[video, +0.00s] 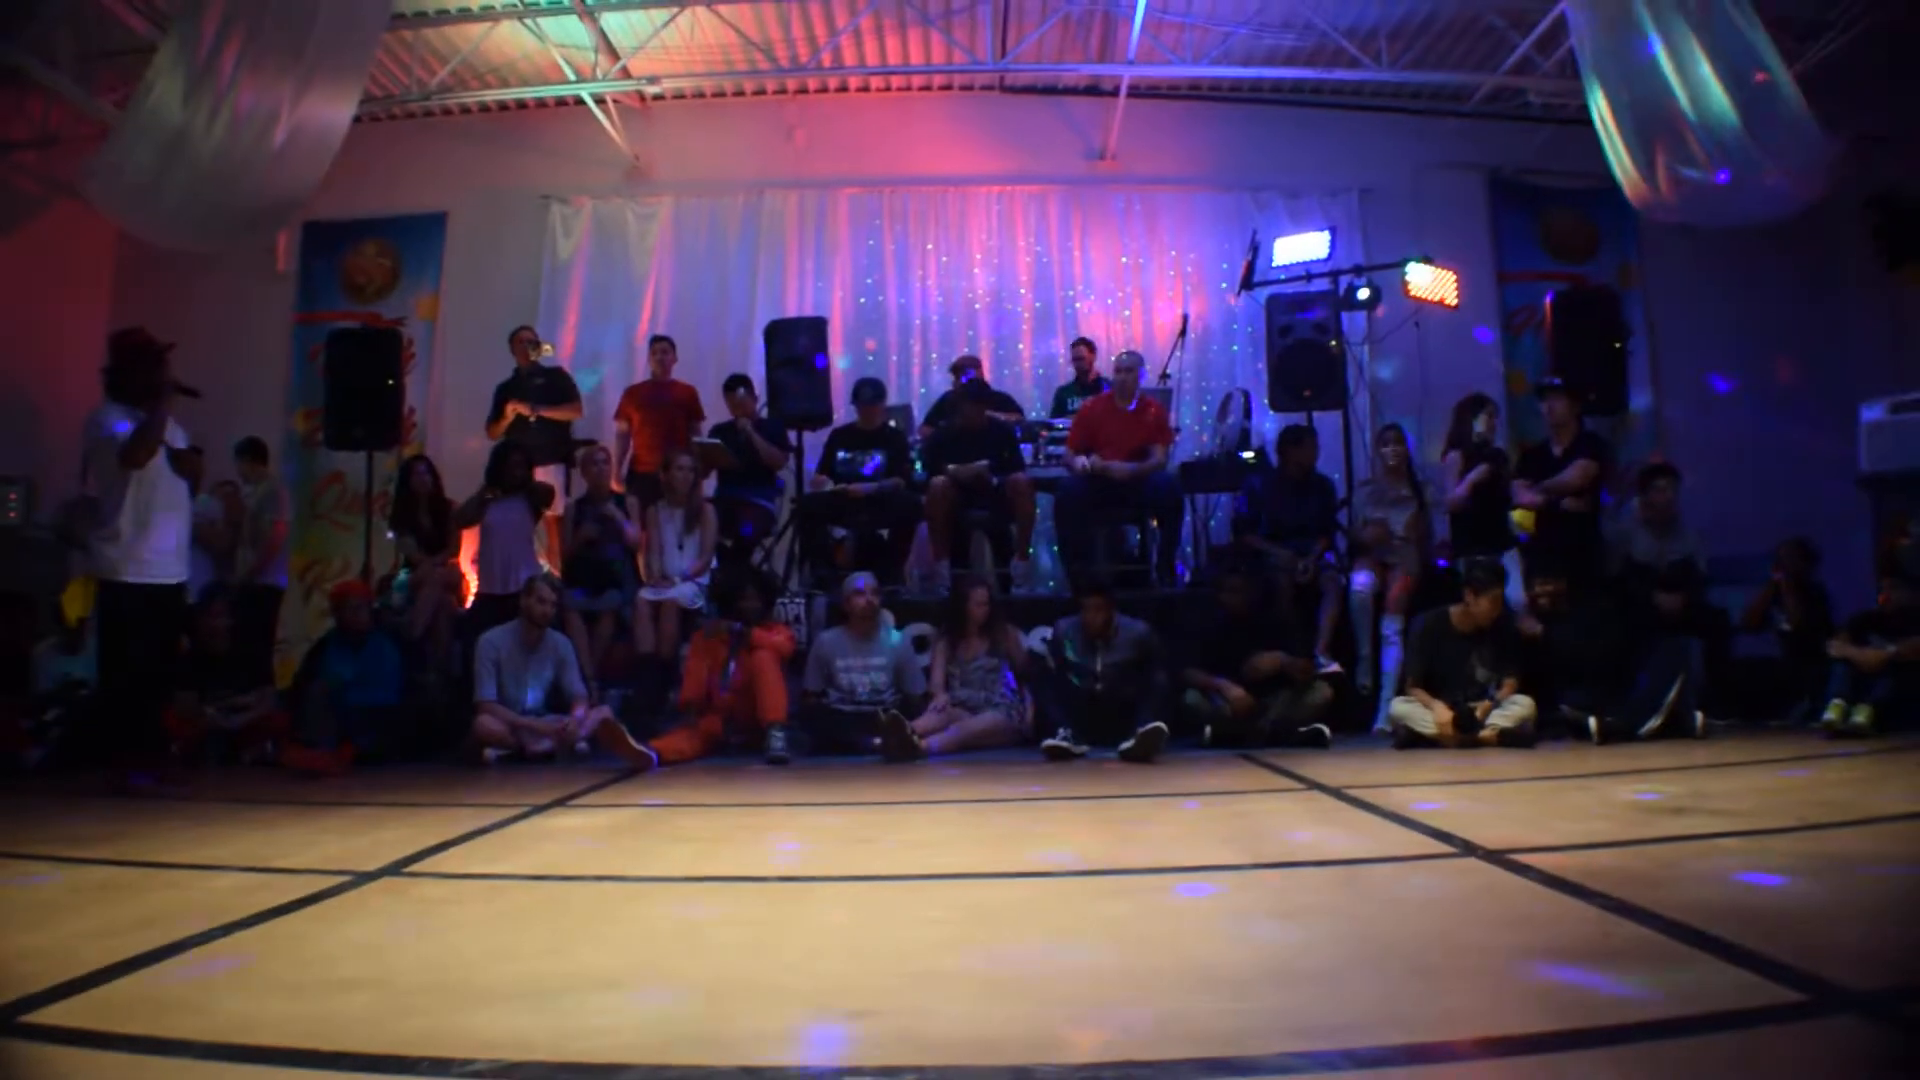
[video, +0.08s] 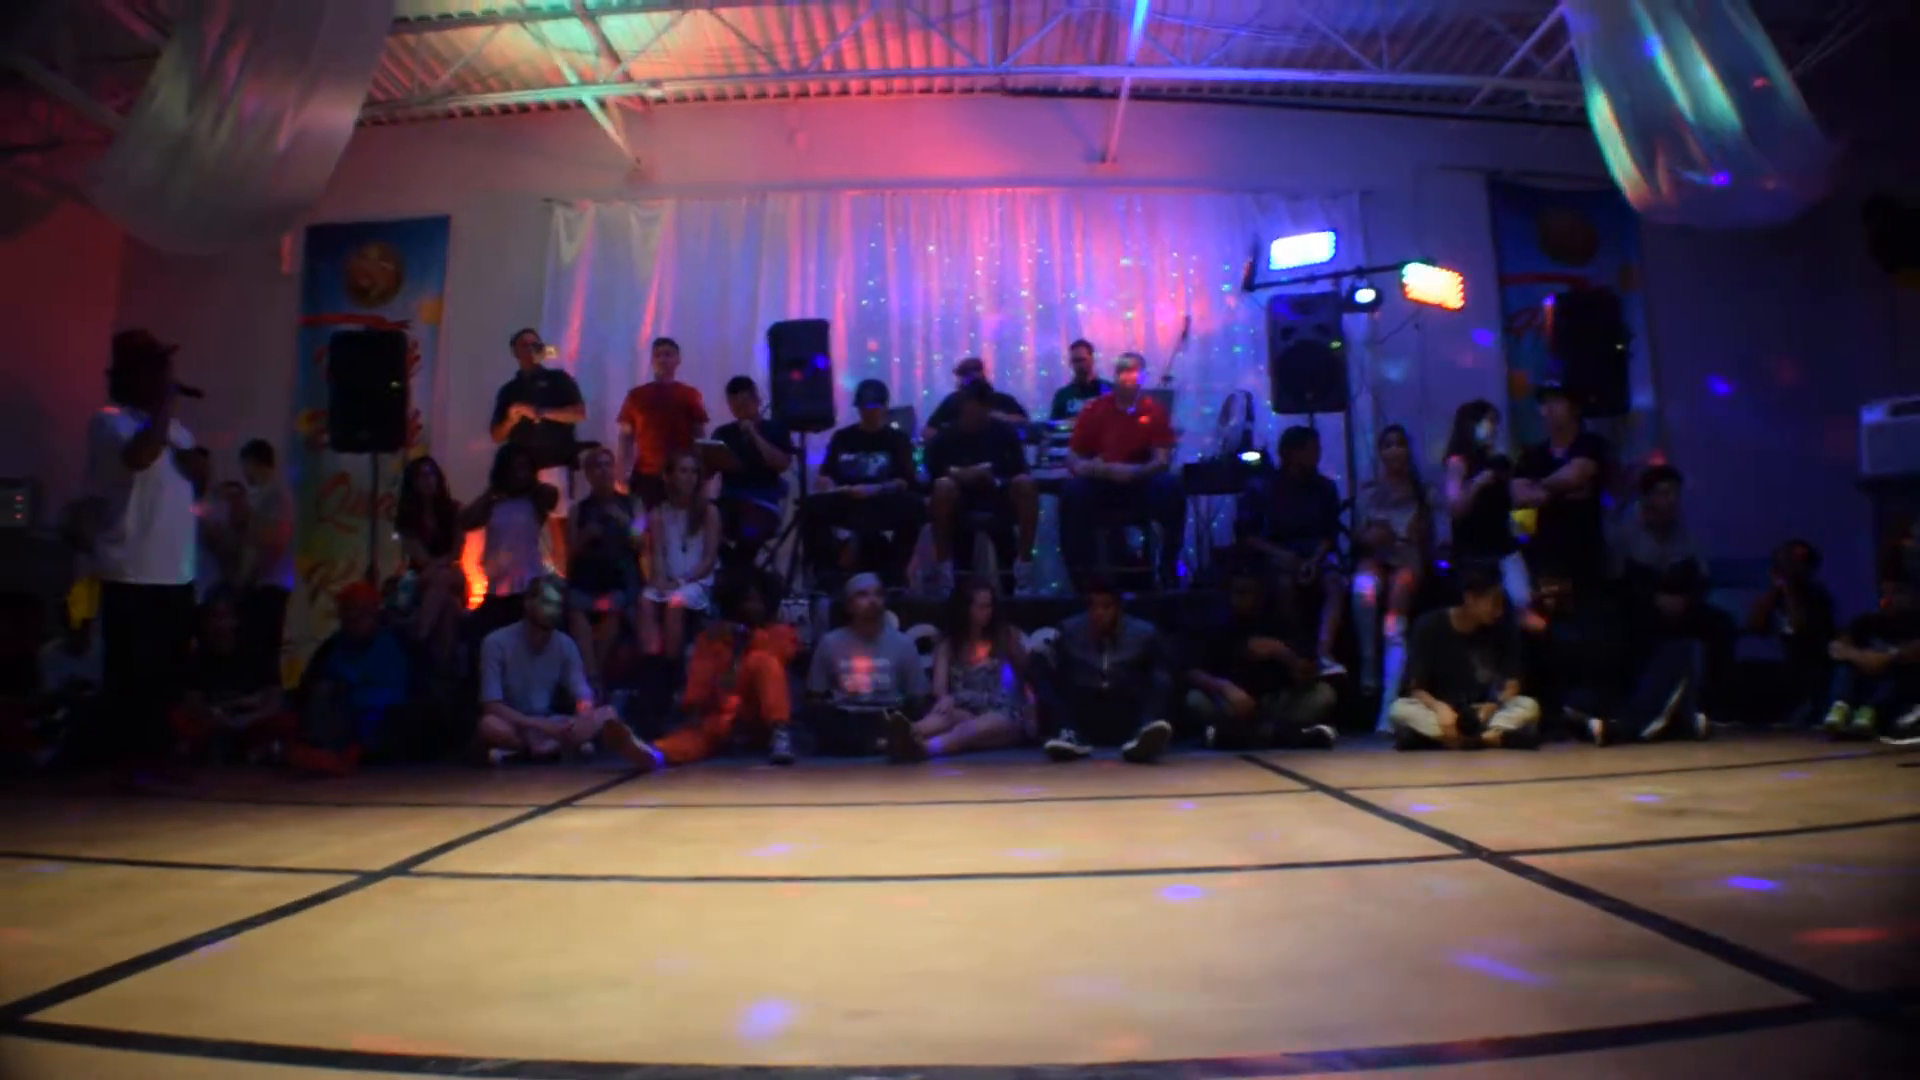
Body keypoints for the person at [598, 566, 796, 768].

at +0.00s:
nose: (749, 606)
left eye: (755, 600)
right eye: (743, 599)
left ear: (766, 603)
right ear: (729, 602)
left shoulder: (774, 630)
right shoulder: (708, 638)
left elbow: (784, 647)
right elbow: (692, 697)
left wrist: (741, 632)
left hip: (756, 713)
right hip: (719, 717)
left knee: (763, 657)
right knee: (696, 736)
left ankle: (776, 734)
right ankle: (651, 752)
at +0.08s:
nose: (752, 607)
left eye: (758, 600)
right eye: (746, 600)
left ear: (769, 605)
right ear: (732, 604)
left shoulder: (780, 633)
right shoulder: (714, 637)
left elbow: (783, 653)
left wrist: (746, 635)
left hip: (758, 715)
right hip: (721, 716)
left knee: (763, 660)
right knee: (698, 739)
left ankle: (780, 734)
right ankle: (655, 753)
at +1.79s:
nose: (763, 614)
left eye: (772, 607)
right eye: (759, 606)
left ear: (785, 612)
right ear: (751, 607)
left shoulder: (796, 636)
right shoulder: (730, 637)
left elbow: (785, 659)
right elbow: (712, 676)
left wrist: (747, 665)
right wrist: (712, 706)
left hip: (774, 714)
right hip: (738, 716)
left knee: (774, 660)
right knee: (720, 736)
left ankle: (795, 737)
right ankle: (672, 755)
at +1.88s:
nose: (763, 613)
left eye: (772, 607)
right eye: (759, 605)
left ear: (784, 611)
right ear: (751, 607)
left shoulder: (796, 637)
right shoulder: (727, 640)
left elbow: (784, 658)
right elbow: (710, 693)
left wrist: (744, 668)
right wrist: (727, 724)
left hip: (774, 718)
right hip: (737, 721)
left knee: (776, 661)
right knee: (709, 739)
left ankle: (795, 737)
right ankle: (672, 754)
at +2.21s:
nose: (762, 613)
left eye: (771, 607)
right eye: (759, 605)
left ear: (785, 613)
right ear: (750, 607)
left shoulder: (795, 637)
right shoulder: (726, 641)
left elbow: (784, 661)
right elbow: (706, 700)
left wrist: (744, 668)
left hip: (773, 719)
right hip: (736, 721)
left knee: (775, 660)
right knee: (711, 735)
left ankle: (795, 736)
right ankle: (670, 755)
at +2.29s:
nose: (762, 613)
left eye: (771, 607)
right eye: (758, 605)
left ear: (785, 612)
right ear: (750, 607)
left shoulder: (795, 637)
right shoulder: (725, 642)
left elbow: (784, 659)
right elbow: (706, 701)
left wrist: (744, 668)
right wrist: (735, 714)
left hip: (773, 720)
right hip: (737, 722)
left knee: (774, 660)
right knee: (711, 734)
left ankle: (794, 736)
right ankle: (669, 756)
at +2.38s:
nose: (762, 613)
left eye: (771, 607)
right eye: (759, 605)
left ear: (785, 612)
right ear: (750, 607)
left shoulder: (795, 637)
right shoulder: (726, 643)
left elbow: (784, 659)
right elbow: (706, 699)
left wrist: (742, 669)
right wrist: (731, 715)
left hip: (773, 720)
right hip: (737, 721)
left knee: (774, 661)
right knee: (711, 734)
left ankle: (794, 736)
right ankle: (669, 756)